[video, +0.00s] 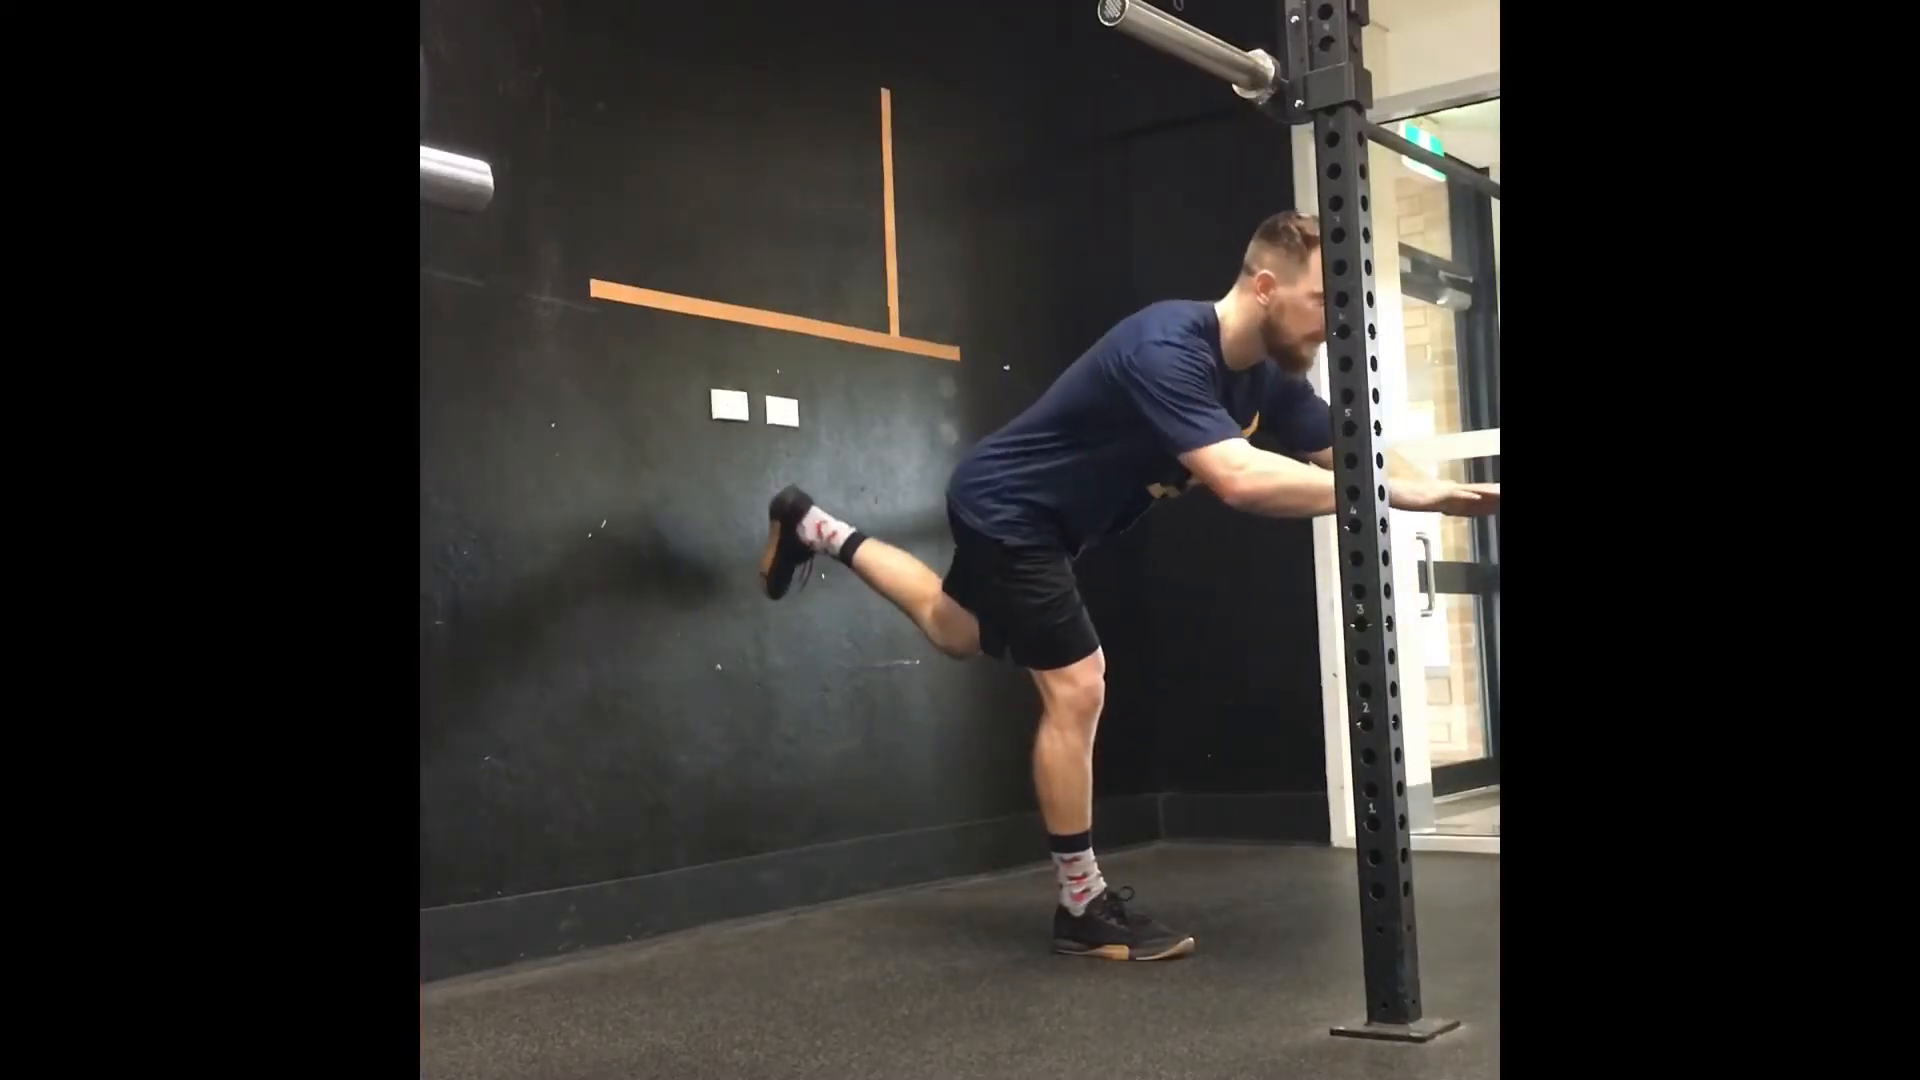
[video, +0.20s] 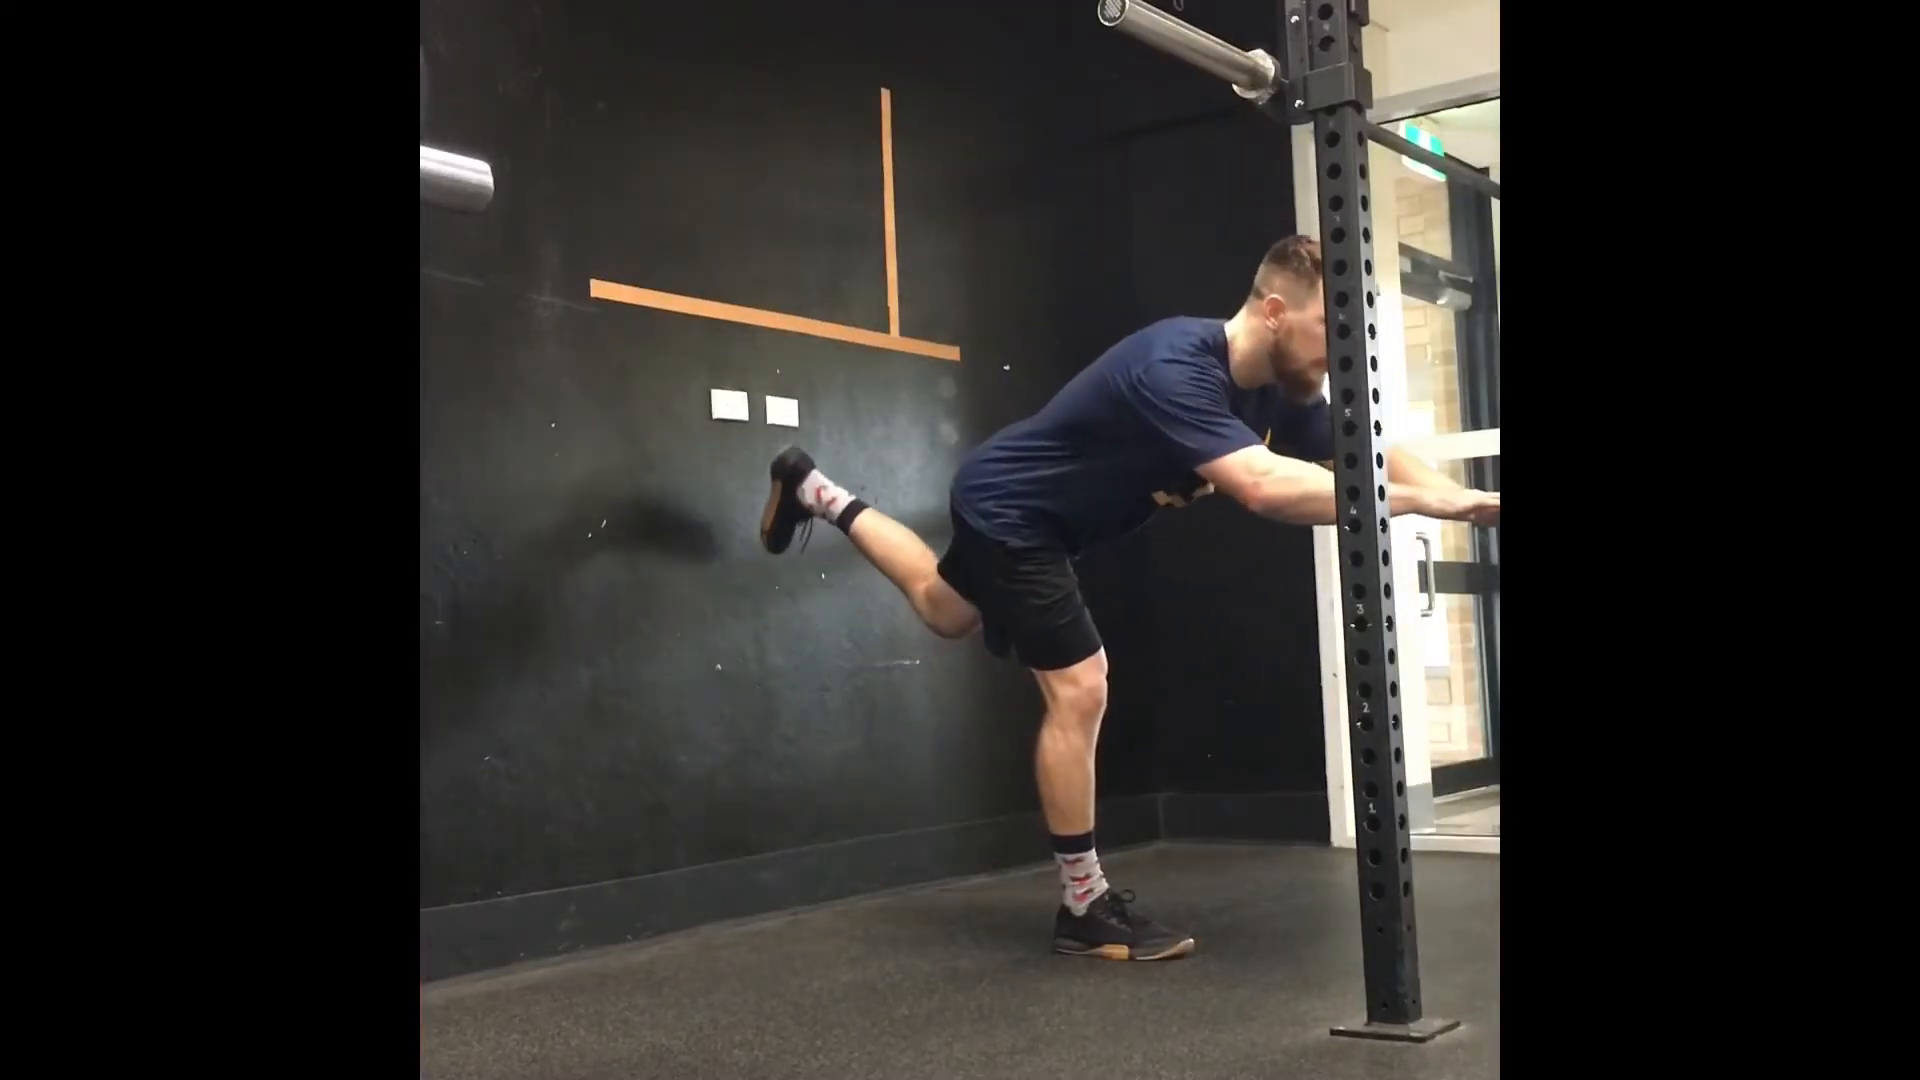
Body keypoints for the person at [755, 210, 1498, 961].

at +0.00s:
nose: (1331, 320)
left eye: (1334, 303)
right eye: (1324, 300)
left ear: (1280, 290)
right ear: (1270, 284)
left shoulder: (1262, 373)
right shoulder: (1166, 346)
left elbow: (1352, 457)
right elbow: (1236, 479)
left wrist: (1459, 494)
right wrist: (1375, 490)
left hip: (1043, 520)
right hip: (1000, 508)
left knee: (954, 627)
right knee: (1075, 686)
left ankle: (814, 528)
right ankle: (1084, 911)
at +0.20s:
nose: (1336, 342)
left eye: (1340, 326)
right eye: (1328, 322)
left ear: (1287, 310)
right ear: (1274, 306)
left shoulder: (1280, 390)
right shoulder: (1174, 365)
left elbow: (1368, 459)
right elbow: (1260, 488)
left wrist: (1466, 500)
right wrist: (1404, 507)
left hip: (1047, 518)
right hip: (1000, 508)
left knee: (947, 610)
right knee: (1078, 688)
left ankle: (816, 493)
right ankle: (1085, 909)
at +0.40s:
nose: (1342, 371)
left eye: (1347, 352)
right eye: (1336, 349)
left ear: (1296, 329)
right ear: (1285, 323)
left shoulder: (1258, 395)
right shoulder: (1187, 379)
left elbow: (1370, 451)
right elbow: (1294, 483)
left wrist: (1456, 482)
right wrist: (1433, 493)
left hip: (1029, 499)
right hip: (1005, 515)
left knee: (935, 585)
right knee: (1080, 689)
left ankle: (818, 460)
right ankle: (1083, 908)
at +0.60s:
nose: (1346, 385)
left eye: (1352, 369)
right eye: (1341, 365)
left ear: (1299, 346)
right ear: (1291, 339)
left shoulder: (1249, 389)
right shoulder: (1201, 393)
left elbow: (1381, 437)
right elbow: (1326, 472)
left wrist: (1470, 461)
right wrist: (1471, 482)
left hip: (1023, 483)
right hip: (1008, 516)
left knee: (920, 557)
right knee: (1082, 692)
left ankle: (811, 420)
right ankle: (1084, 905)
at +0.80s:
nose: (1346, 390)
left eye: (1351, 375)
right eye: (1341, 371)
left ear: (1300, 356)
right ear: (1293, 352)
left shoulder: (1249, 394)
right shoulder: (1216, 405)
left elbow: (1375, 427)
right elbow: (1351, 468)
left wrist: (1466, 452)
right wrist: (1482, 469)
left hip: (1018, 482)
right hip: (1005, 516)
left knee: (910, 540)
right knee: (1081, 691)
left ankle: (809, 399)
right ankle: (1084, 902)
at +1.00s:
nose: (1342, 390)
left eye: (1348, 375)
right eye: (1339, 372)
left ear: (1299, 357)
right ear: (1292, 353)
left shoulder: (1246, 394)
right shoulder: (1212, 402)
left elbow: (1379, 427)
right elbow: (1346, 462)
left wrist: (1473, 449)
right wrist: (1481, 463)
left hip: (1015, 483)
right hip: (1002, 517)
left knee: (905, 543)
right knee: (1079, 690)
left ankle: (798, 405)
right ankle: (1081, 901)